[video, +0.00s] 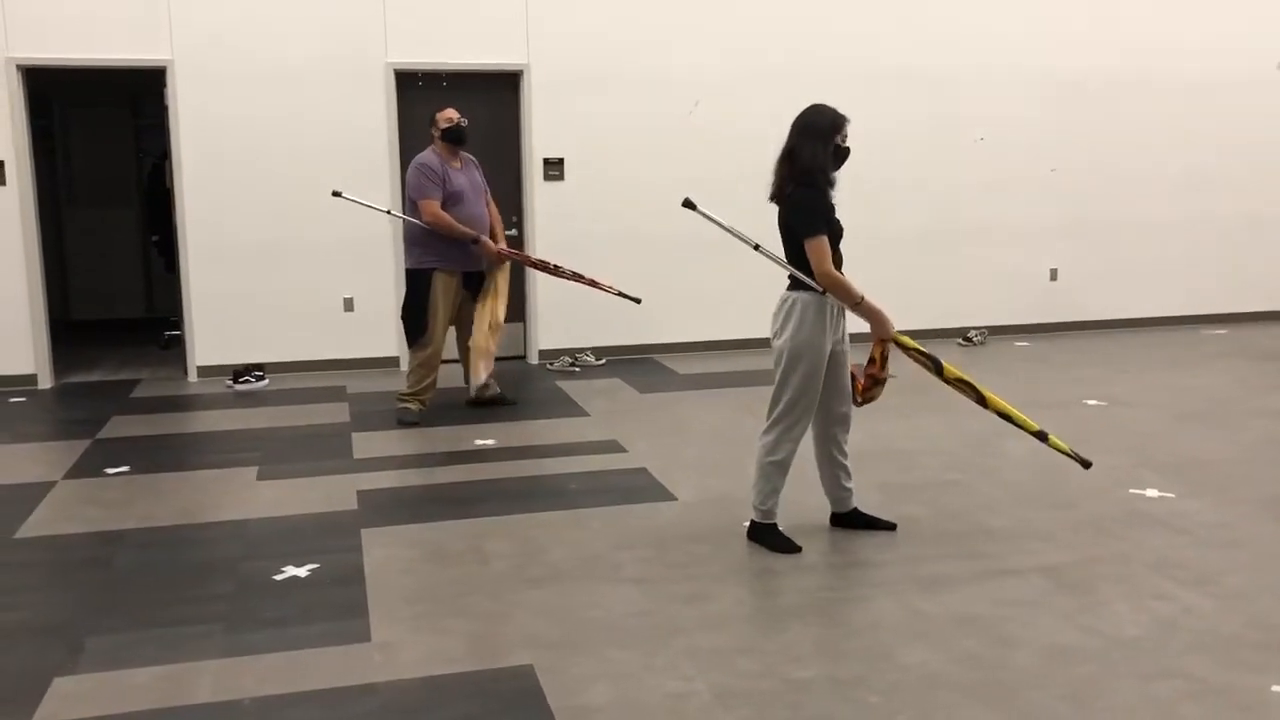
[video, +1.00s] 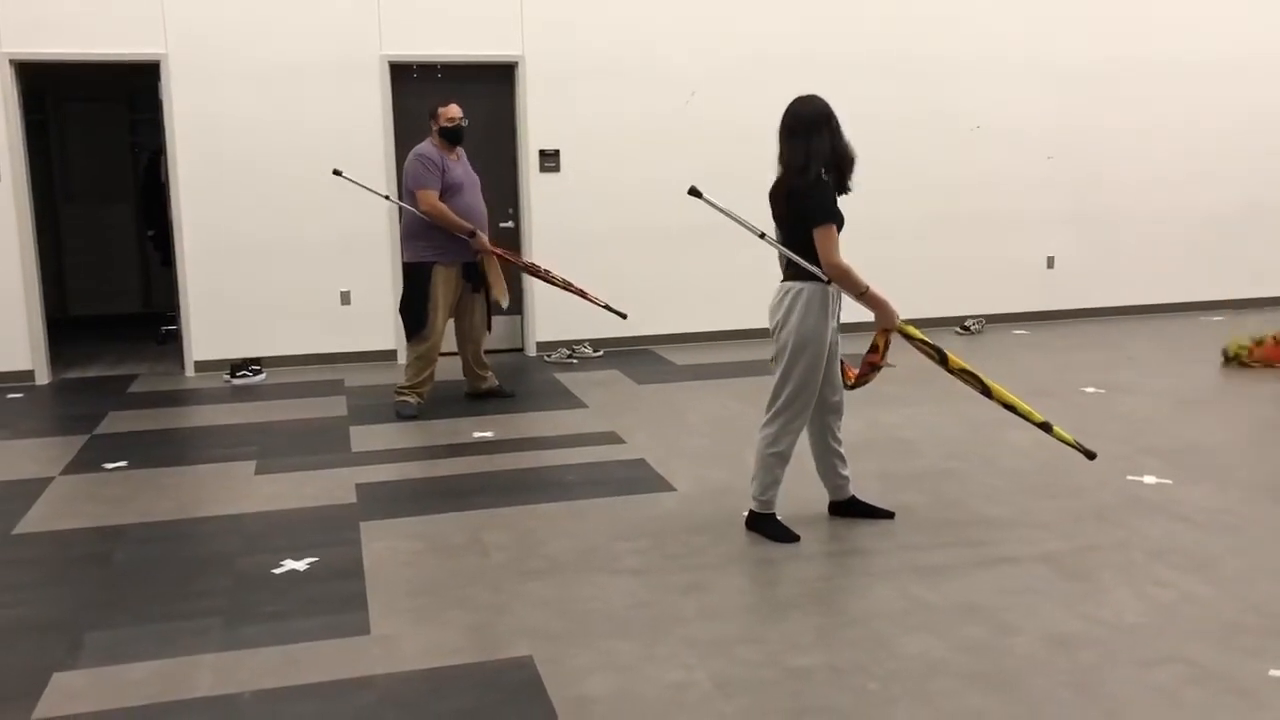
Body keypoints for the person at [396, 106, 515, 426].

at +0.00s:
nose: (457, 126)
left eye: (460, 122)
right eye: (449, 122)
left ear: (465, 129)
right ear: (435, 132)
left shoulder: (471, 163)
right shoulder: (424, 164)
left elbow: (489, 205)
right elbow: (431, 215)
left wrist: (500, 239)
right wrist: (477, 239)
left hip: (473, 264)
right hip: (433, 266)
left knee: (477, 330)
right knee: (429, 338)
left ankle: (482, 388)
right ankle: (412, 401)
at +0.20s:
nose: (458, 125)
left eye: (461, 121)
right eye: (451, 122)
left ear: (466, 128)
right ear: (437, 131)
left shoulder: (471, 162)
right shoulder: (424, 164)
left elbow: (488, 204)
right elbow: (431, 214)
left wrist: (504, 242)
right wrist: (477, 238)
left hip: (472, 264)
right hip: (433, 266)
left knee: (476, 331)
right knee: (429, 339)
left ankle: (483, 390)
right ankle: (412, 401)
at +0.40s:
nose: (458, 123)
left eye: (461, 119)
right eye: (451, 120)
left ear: (466, 126)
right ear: (436, 130)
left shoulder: (469, 159)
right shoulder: (424, 162)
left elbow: (482, 204)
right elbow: (428, 212)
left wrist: (499, 242)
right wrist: (473, 236)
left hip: (470, 262)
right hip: (432, 264)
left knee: (475, 331)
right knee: (428, 337)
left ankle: (482, 389)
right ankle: (412, 399)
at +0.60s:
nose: (458, 125)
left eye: (461, 120)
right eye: (451, 121)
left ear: (466, 125)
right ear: (436, 128)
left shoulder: (468, 157)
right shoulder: (424, 160)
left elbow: (477, 203)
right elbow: (427, 209)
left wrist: (493, 240)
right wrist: (472, 235)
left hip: (469, 260)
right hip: (432, 262)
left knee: (474, 329)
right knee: (428, 336)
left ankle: (481, 387)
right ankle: (411, 398)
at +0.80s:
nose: (457, 126)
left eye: (461, 121)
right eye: (451, 121)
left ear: (465, 125)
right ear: (437, 127)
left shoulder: (465, 156)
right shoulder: (424, 158)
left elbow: (475, 207)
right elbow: (427, 206)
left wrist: (489, 256)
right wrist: (471, 232)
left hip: (468, 258)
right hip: (432, 260)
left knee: (474, 328)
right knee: (427, 335)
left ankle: (481, 385)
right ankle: (410, 396)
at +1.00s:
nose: (457, 125)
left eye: (461, 120)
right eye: (451, 120)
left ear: (465, 124)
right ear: (435, 125)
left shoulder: (459, 155)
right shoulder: (424, 156)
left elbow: (467, 202)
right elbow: (428, 205)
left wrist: (482, 241)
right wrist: (471, 232)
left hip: (468, 256)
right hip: (432, 259)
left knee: (474, 325)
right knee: (427, 333)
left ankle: (480, 383)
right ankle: (410, 395)